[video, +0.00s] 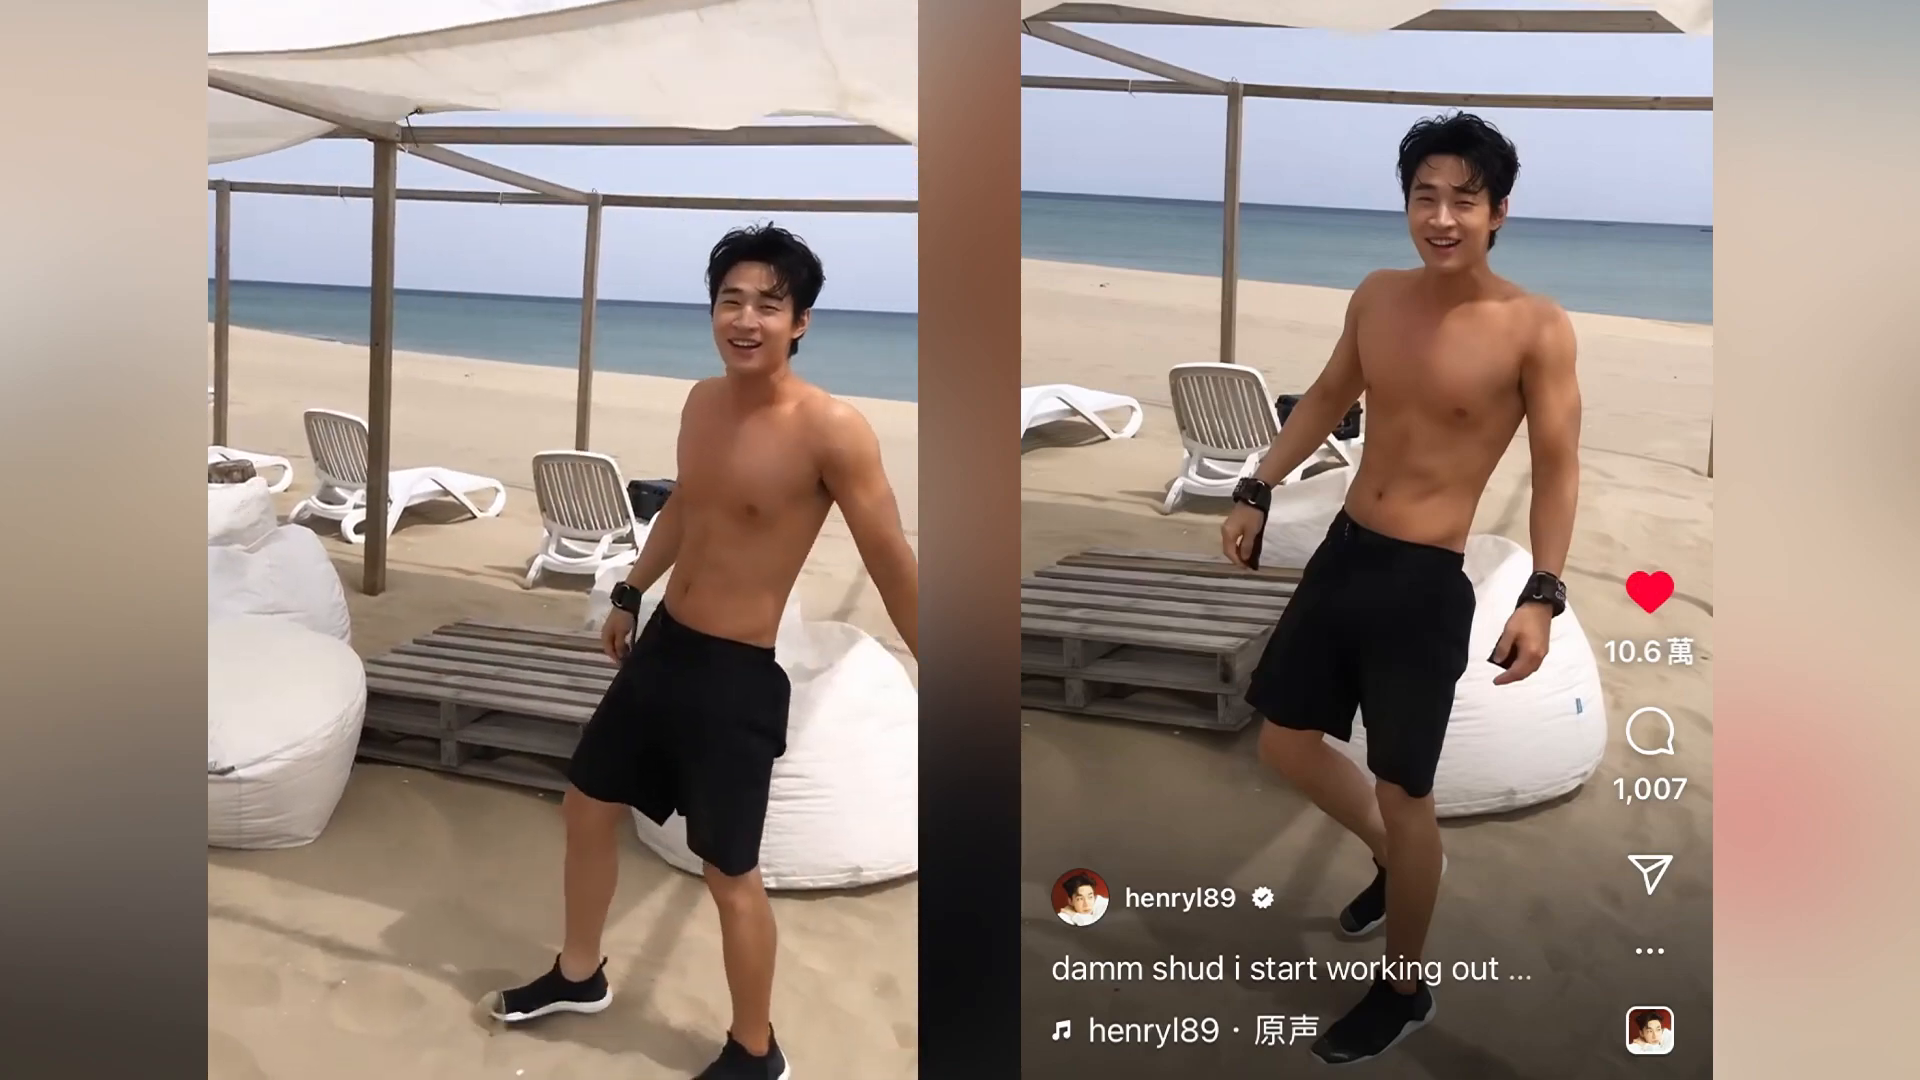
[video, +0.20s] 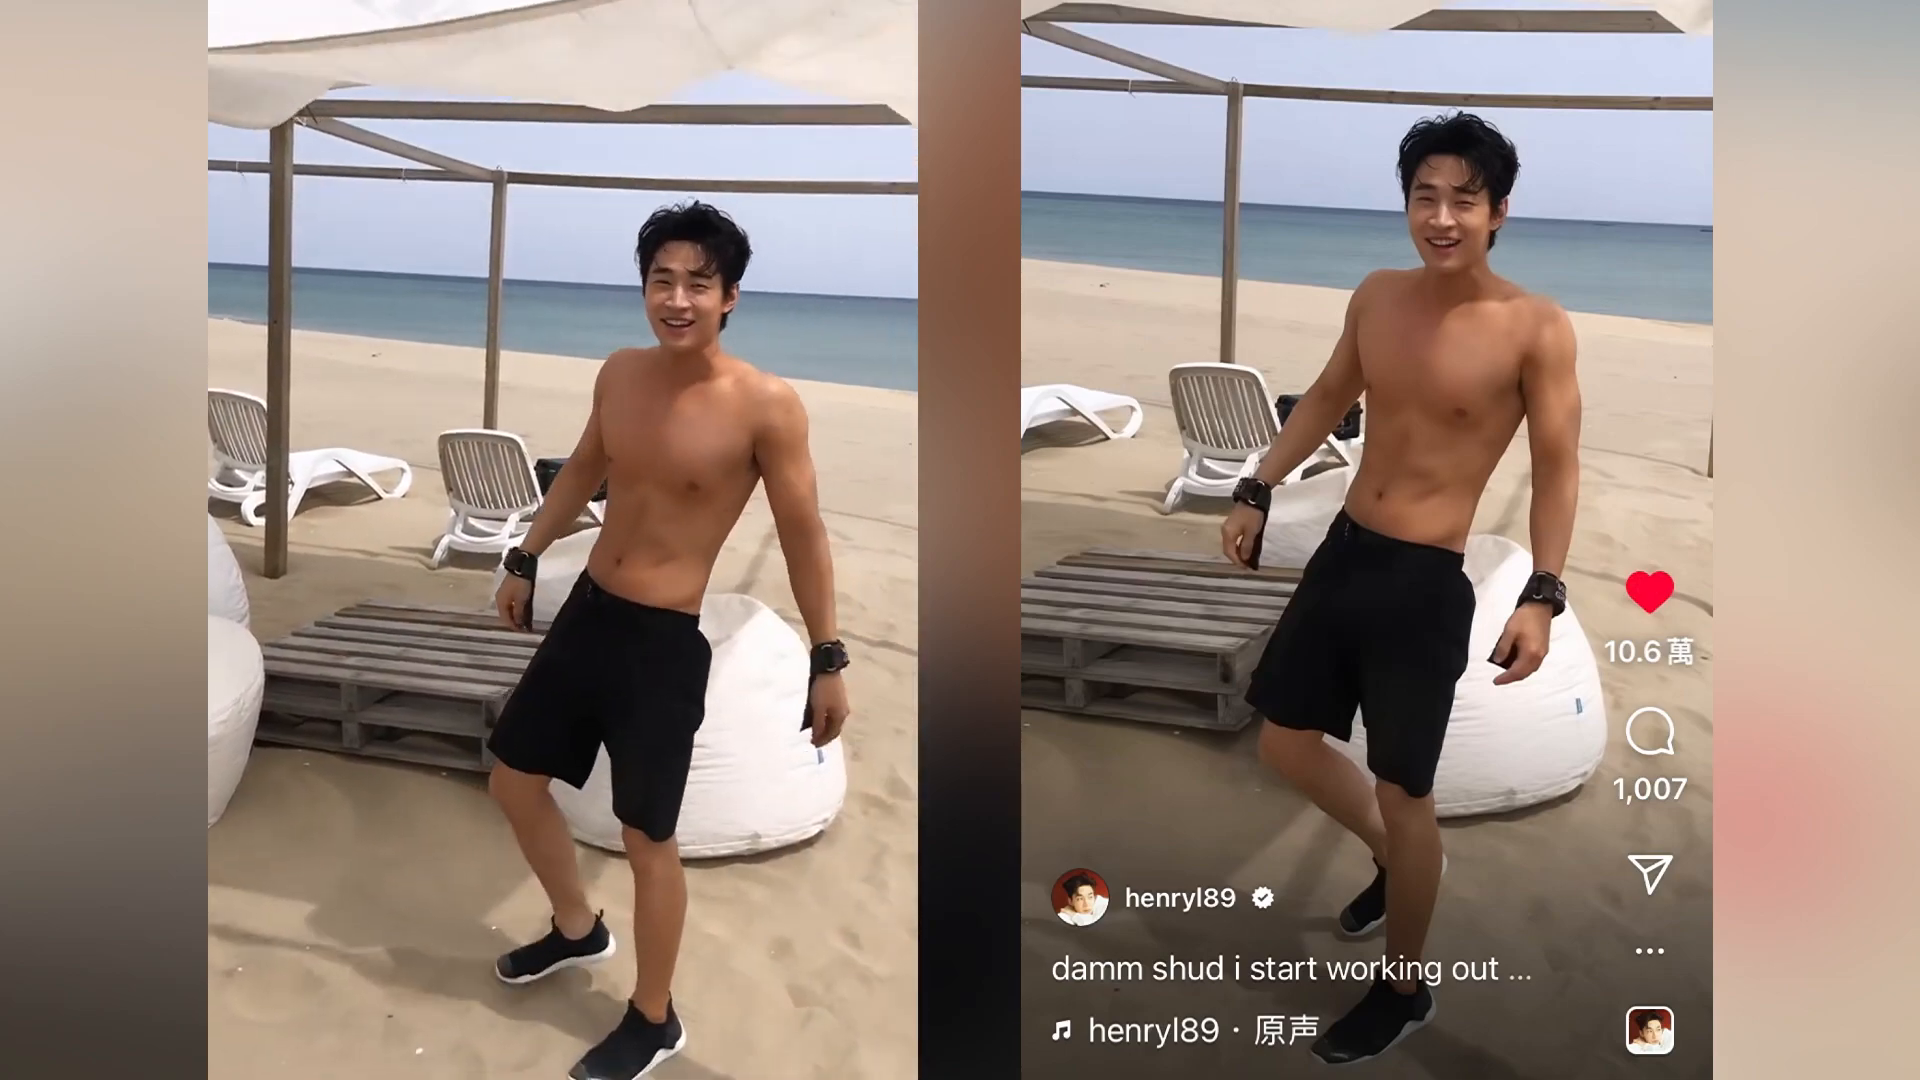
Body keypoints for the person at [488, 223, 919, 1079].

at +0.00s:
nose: (743, 318)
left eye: (765, 303)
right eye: (730, 300)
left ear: (799, 322)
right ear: (712, 312)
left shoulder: (831, 428)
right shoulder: (703, 401)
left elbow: (894, 567)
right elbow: (682, 509)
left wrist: (940, 671)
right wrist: (627, 596)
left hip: (739, 675)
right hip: (664, 649)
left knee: (732, 874)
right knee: (588, 804)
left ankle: (753, 1048)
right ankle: (578, 975)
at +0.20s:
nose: (676, 298)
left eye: (698, 282)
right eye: (661, 280)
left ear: (730, 296)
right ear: (643, 289)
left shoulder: (766, 406)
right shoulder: (619, 375)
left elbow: (803, 535)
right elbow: (587, 467)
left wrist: (828, 660)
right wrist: (523, 556)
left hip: (665, 640)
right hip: (587, 617)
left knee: (646, 835)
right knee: (514, 777)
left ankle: (653, 1016)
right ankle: (577, 927)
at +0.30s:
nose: (642, 277)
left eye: (662, 261)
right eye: (627, 260)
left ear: (695, 276)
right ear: (610, 271)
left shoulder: (731, 384)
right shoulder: (583, 354)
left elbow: (753, 514)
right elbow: (540, 448)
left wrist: (750, 637)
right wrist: (472, 531)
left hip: (627, 620)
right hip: (550, 595)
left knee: (606, 823)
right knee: (489, 768)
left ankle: (608, 999)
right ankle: (586, 880)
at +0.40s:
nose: (616, 245)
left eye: (636, 228)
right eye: (601, 227)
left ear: (670, 239)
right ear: (584, 236)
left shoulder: (703, 347)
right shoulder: (561, 320)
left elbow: (724, 475)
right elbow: (514, 415)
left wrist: (699, 584)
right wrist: (442, 494)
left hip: (607, 583)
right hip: (532, 562)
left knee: (581, 787)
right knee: (487, 743)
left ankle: (577, 971)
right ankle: (604, 833)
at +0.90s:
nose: (570, 208)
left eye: (588, 192)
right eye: (556, 193)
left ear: (620, 202)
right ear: (542, 206)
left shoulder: (657, 279)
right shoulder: (567, 303)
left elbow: (706, 386)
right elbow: (576, 407)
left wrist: (719, 504)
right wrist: (553, 495)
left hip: (631, 527)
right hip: (581, 519)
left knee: (579, 715)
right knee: (600, 694)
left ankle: (559, 916)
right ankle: (632, 837)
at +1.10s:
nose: (577, 293)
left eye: (594, 278)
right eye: (565, 280)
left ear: (626, 290)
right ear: (552, 295)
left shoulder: (654, 362)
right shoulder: (585, 384)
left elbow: (698, 468)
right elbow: (608, 494)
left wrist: (719, 583)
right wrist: (592, 589)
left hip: (643, 607)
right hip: (605, 603)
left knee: (597, 799)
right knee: (614, 785)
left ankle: (595, 1009)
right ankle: (631, 926)